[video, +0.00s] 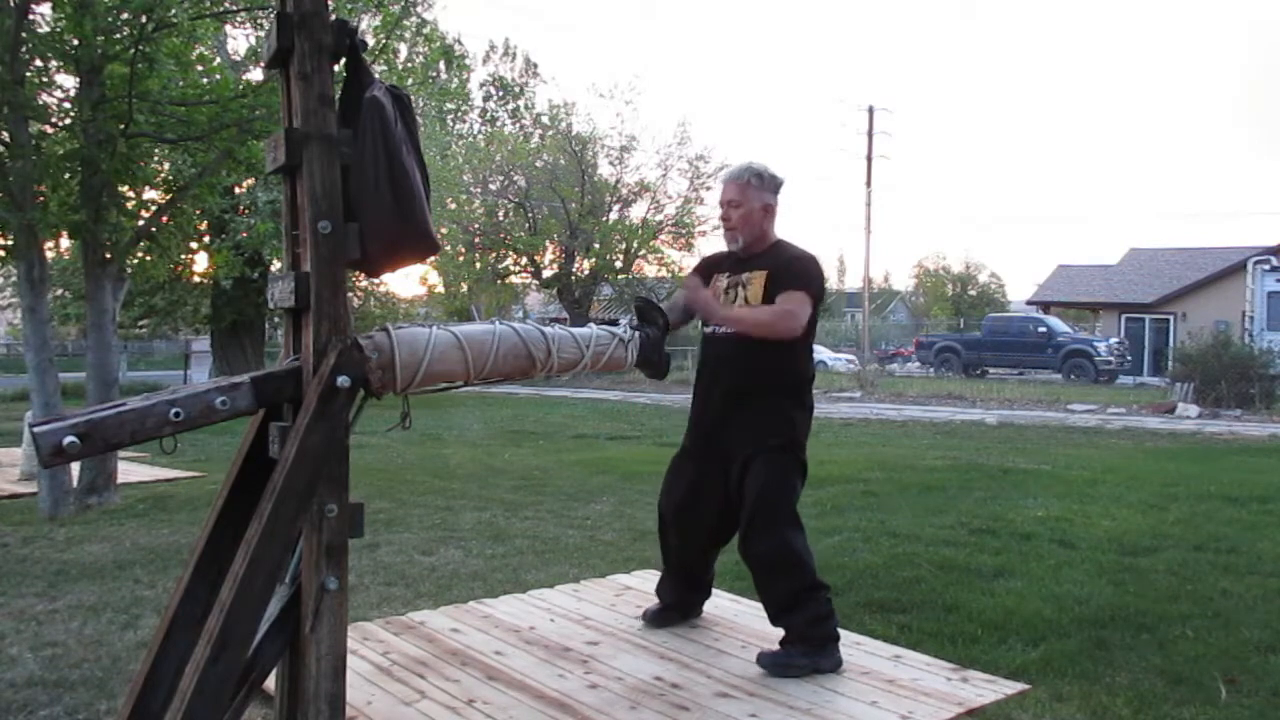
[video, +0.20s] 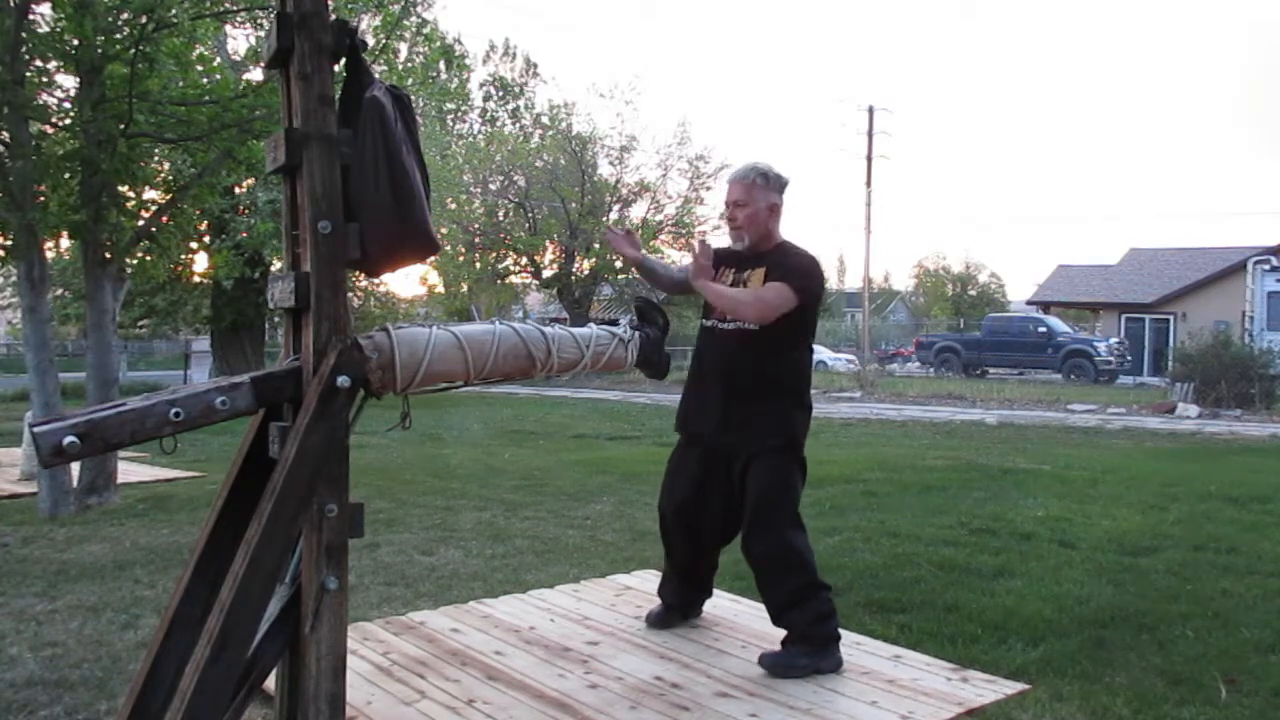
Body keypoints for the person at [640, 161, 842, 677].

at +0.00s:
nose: (725, 216)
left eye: (736, 207)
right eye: (722, 207)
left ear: (770, 210)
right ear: (722, 208)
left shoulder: (797, 265)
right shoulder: (712, 268)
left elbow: (791, 321)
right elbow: (678, 312)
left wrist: (718, 314)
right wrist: (656, 320)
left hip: (772, 426)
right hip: (712, 421)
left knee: (767, 528)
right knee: (681, 508)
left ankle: (815, 642)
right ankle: (682, 597)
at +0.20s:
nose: (731, 216)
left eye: (741, 206)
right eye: (728, 206)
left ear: (773, 207)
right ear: (725, 209)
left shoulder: (799, 266)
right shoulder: (721, 262)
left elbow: (759, 309)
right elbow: (677, 283)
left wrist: (704, 284)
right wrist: (638, 258)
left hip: (770, 429)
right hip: (708, 422)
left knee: (771, 534)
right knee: (683, 512)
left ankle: (816, 642)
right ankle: (682, 599)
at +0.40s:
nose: (734, 220)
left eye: (744, 211)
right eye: (730, 211)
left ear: (776, 212)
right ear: (728, 213)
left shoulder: (801, 273)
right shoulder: (721, 266)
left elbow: (762, 321)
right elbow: (681, 279)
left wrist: (705, 298)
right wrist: (645, 258)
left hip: (763, 433)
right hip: (700, 424)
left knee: (765, 537)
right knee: (674, 517)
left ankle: (815, 643)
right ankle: (682, 599)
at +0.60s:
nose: (733, 221)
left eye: (743, 211)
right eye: (729, 211)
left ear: (775, 212)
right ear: (728, 213)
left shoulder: (800, 273)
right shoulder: (720, 266)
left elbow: (763, 318)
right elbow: (679, 279)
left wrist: (704, 297)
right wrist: (645, 257)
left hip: (763, 433)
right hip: (699, 424)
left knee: (765, 537)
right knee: (674, 517)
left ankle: (815, 643)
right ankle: (681, 599)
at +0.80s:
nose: (731, 222)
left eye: (741, 212)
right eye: (727, 212)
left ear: (773, 212)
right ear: (724, 214)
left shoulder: (799, 273)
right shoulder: (717, 268)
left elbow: (770, 324)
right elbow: (676, 291)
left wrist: (707, 297)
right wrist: (640, 266)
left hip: (762, 433)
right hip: (699, 424)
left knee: (765, 538)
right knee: (674, 518)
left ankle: (815, 643)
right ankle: (681, 599)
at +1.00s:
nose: (730, 222)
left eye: (741, 213)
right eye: (725, 212)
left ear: (771, 212)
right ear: (721, 212)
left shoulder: (797, 273)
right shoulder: (714, 272)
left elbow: (800, 343)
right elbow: (677, 322)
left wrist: (730, 353)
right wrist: (654, 330)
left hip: (763, 426)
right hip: (700, 421)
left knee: (763, 532)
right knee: (674, 516)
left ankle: (815, 642)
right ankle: (681, 599)